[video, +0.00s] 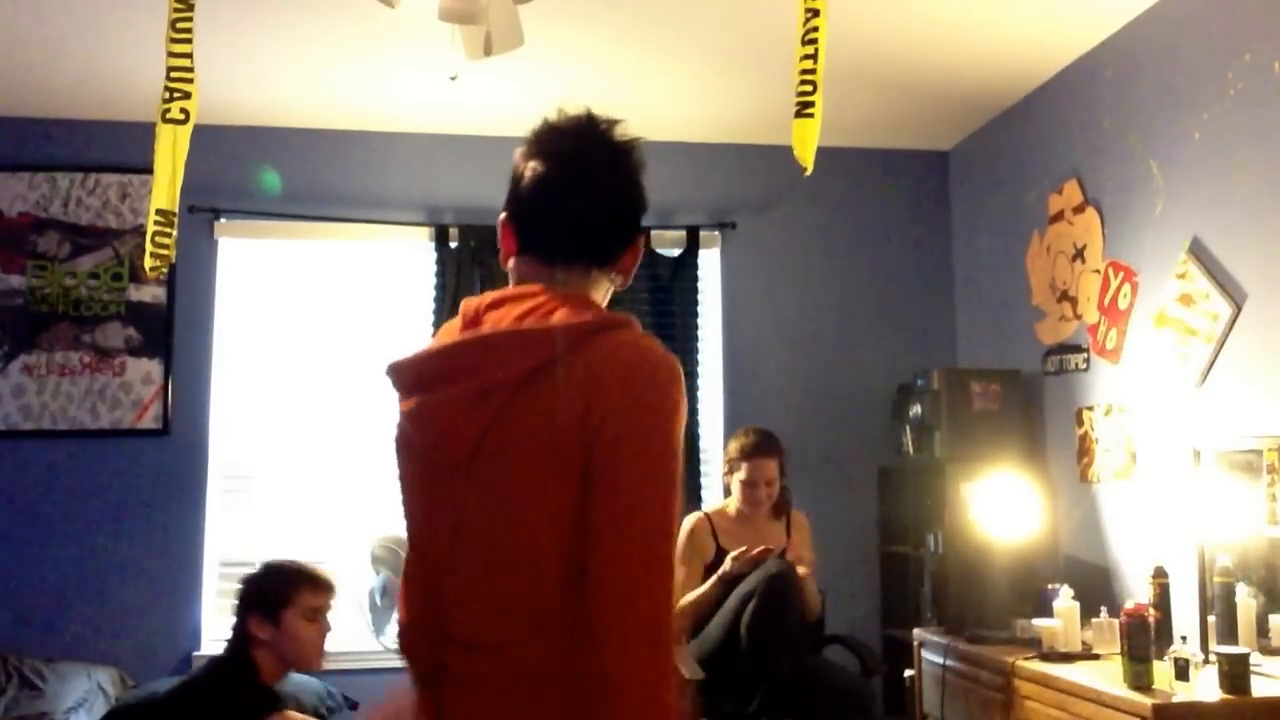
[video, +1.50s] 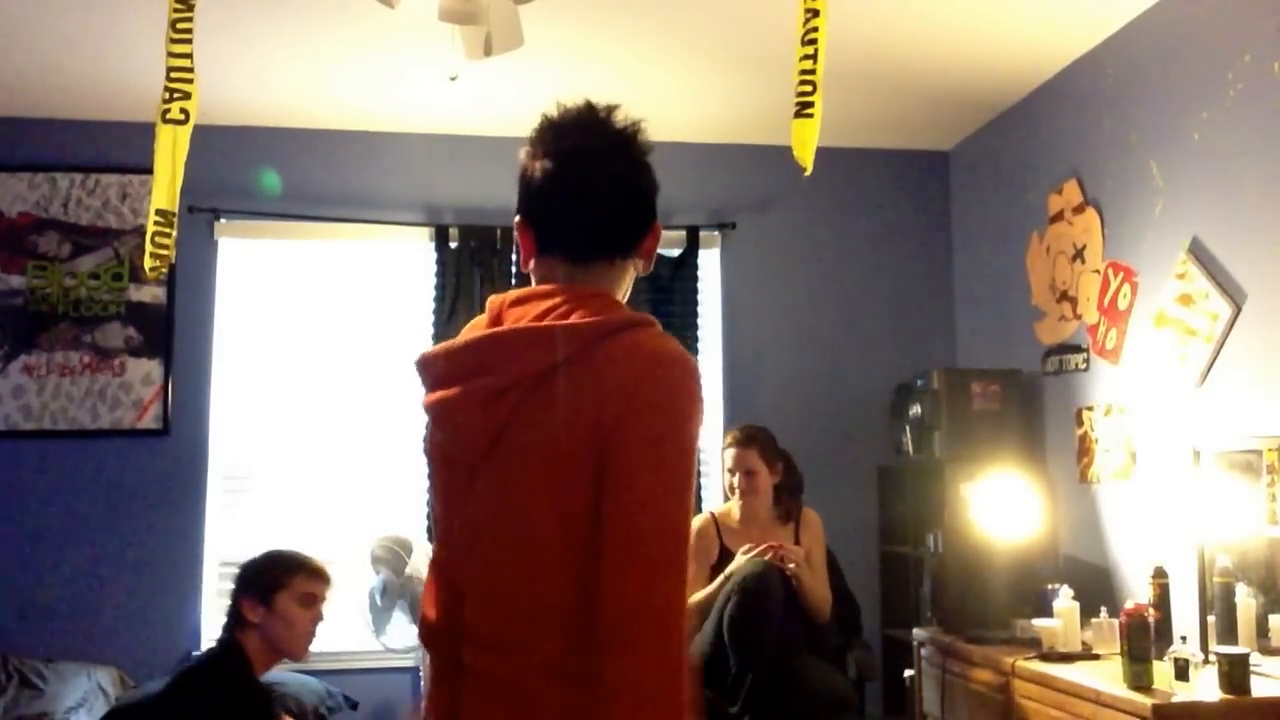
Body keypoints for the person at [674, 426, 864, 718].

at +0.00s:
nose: (760, 494)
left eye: (769, 484)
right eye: (750, 484)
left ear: (780, 481)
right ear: (728, 478)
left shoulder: (794, 524)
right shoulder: (700, 527)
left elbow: (812, 615)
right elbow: (679, 621)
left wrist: (804, 580)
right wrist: (726, 575)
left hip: (779, 650)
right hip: (713, 660)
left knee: (851, 690)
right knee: (776, 576)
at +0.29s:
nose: (763, 492)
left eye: (771, 481)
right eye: (752, 482)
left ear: (781, 478)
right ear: (733, 479)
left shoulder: (800, 522)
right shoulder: (723, 523)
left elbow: (813, 610)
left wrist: (794, 568)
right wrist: (747, 561)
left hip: (791, 647)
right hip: (738, 647)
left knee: (847, 692)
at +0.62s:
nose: (758, 489)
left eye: (769, 479)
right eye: (749, 479)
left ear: (781, 478)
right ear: (729, 476)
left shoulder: (804, 523)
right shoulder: (713, 523)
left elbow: (819, 611)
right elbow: (702, 602)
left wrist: (796, 568)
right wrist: (731, 572)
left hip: (792, 634)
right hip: (725, 639)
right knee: (765, 576)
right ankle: (757, 704)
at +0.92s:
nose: (755, 488)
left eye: (765, 478)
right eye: (745, 477)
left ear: (781, 478)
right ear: (730, 476)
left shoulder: (806, 522)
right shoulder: (722, 526)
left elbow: (822, 611)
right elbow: (710, 591)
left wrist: (801, 568)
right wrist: (747, 566)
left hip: (794, 653)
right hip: (737, 652)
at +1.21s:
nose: (745, 486)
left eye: (755, 475)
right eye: (739, 476)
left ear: (780, 474)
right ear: (728, 478)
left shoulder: (805, 523)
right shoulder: (723, 529)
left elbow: (822, 611)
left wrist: (801, 571)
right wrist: (745, 570)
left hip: (794, 657)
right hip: (737, 659)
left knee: (836, 697)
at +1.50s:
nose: (738, 483)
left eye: (749, 473)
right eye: (731, 473)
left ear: (776, 472)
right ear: (723, 475)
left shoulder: (806, 523)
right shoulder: (707, 528)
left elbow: (822, 611)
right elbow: (689, 617)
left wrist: (801, 571)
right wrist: (733, 574)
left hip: (789, 652)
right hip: (719, 656)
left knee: (836, 697)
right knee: (758, 577)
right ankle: (750, 705)